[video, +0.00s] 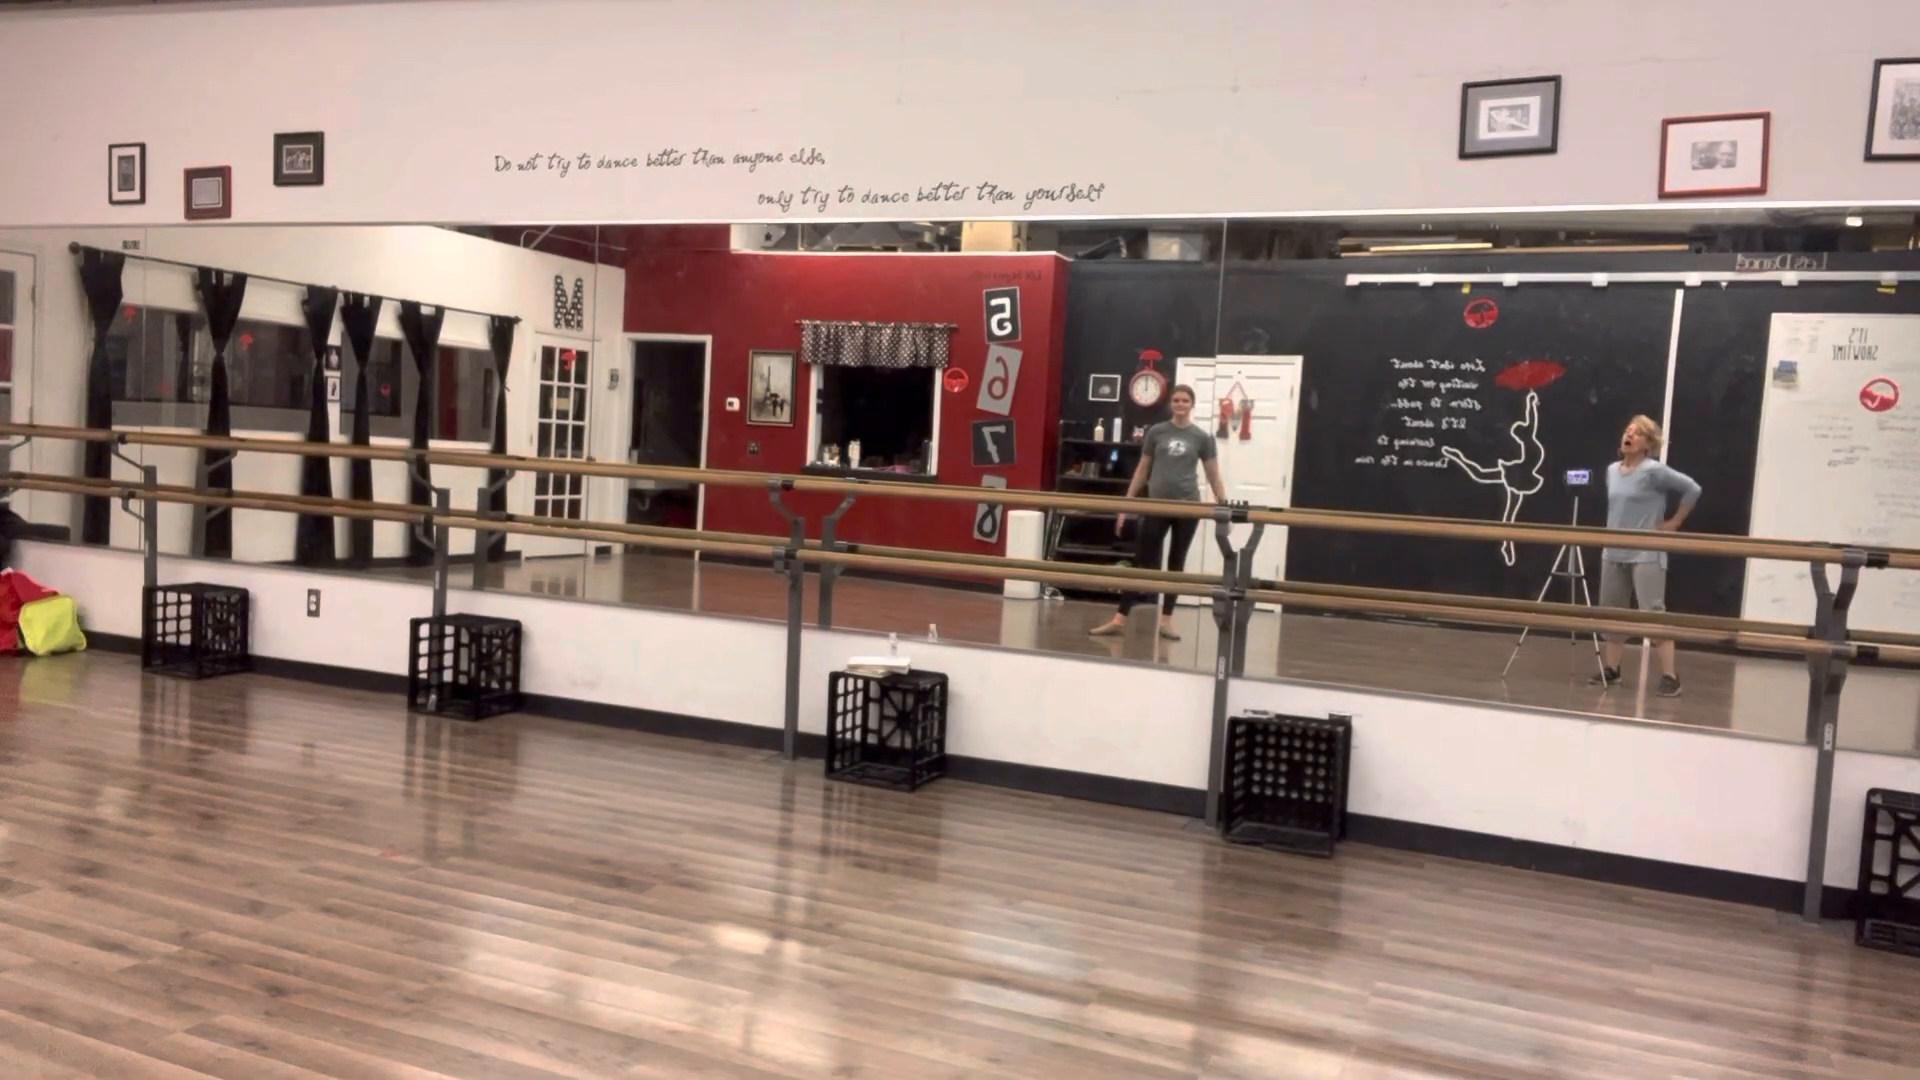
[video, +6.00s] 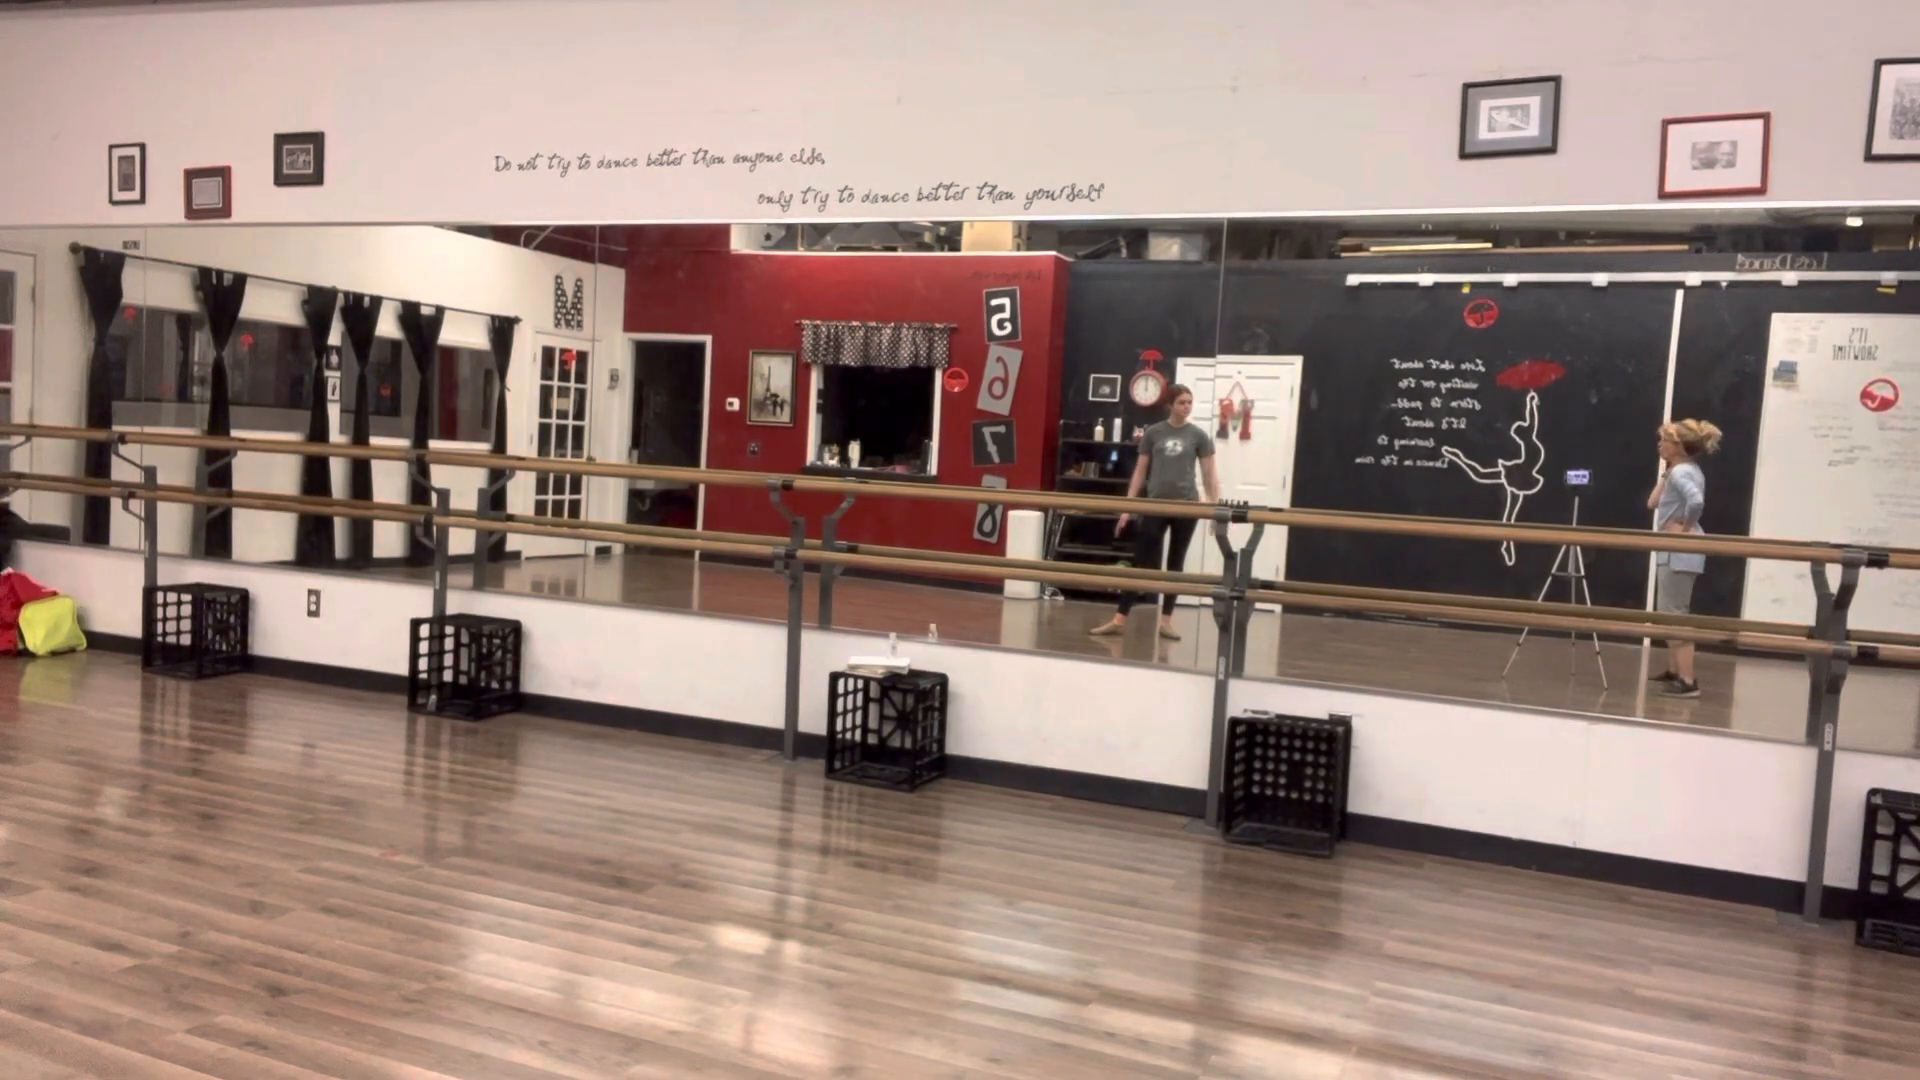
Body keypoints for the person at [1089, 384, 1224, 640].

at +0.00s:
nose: (1180, 405)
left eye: (1185, 401)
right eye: (1176, 400)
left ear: (1192, 405)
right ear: (1170, 404)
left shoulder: (1202, 437)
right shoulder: (1155, 433)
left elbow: (1213, 476)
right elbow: (1142, 471)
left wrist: (1223, 506)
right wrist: (1125, 506)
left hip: (1187, 509)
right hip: (1156, 507)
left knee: (1176, 564)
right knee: (1142, 560)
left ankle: (1165, 620)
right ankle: (1120, 618)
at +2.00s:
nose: (1191, 407)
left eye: (1194, 403)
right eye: (1187, 402)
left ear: (1194, 407)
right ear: (1173, 404)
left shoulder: (1198, 436)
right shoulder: (1153, 433)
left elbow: (1209, 476)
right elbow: (1139, 470)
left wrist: (1212, 506)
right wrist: (1124, 504)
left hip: (1186, 509)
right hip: (1155, 506)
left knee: (1176, 563)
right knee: (1141, 560)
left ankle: (1165, 620)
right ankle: (1120, 618)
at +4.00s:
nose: (1180, 404)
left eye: (1185, 400)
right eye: (1176, 400)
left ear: (1192, 405)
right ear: (1170, 403)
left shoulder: (1201, 438)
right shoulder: (1155, 432)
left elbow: (1202, 477)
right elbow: (1146, 471)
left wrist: (1177, 503)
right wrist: (1160, 501)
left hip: (1186, 506)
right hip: (1157, 503)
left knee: (1176, 562)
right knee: (1142, 558)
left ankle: (1166, 619)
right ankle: (1120, 617)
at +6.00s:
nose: (1186, 407)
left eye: (1189, 403)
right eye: (1182, 403)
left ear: (1192, 406)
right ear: (1171, 404)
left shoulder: (1199, 436)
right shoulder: (1153, 432)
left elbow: (1209, 477)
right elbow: (1140, 472)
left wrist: (1215, 512)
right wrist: (1128, 508)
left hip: (1186, 509)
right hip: (1155, 506)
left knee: (1175, 564)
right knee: (1141, 559)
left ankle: (1165, 620)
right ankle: (1120, 618)